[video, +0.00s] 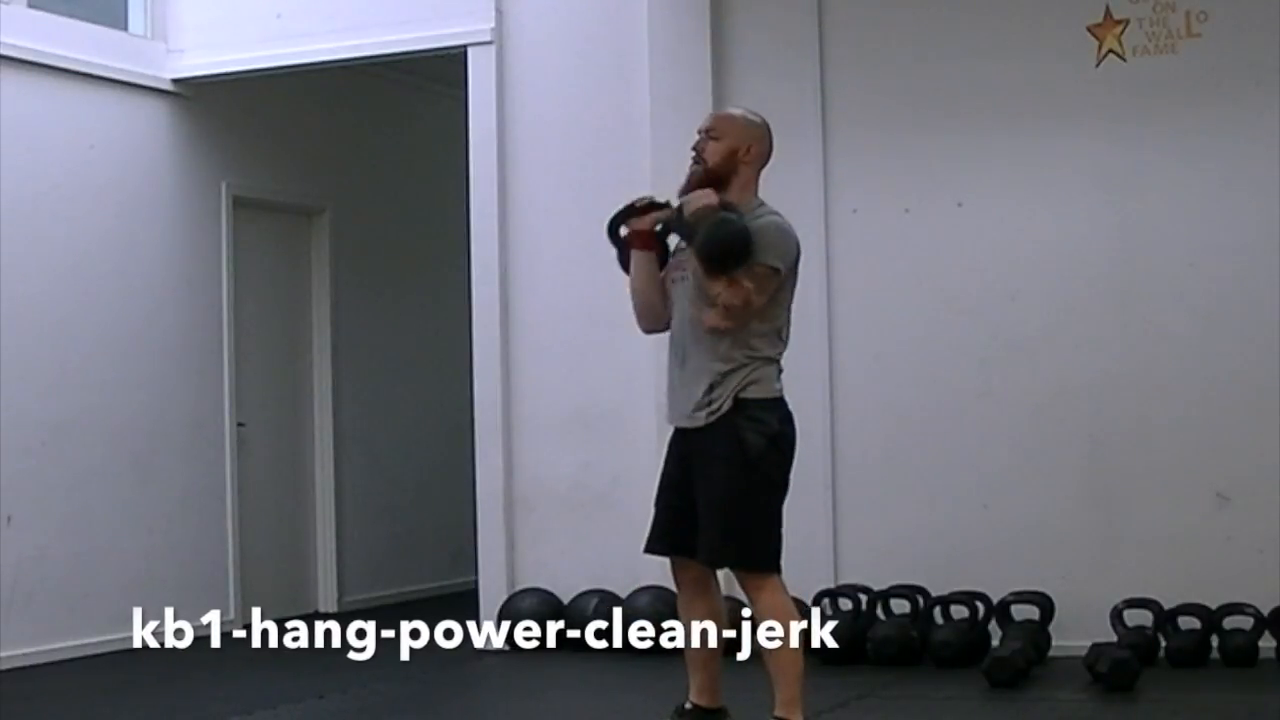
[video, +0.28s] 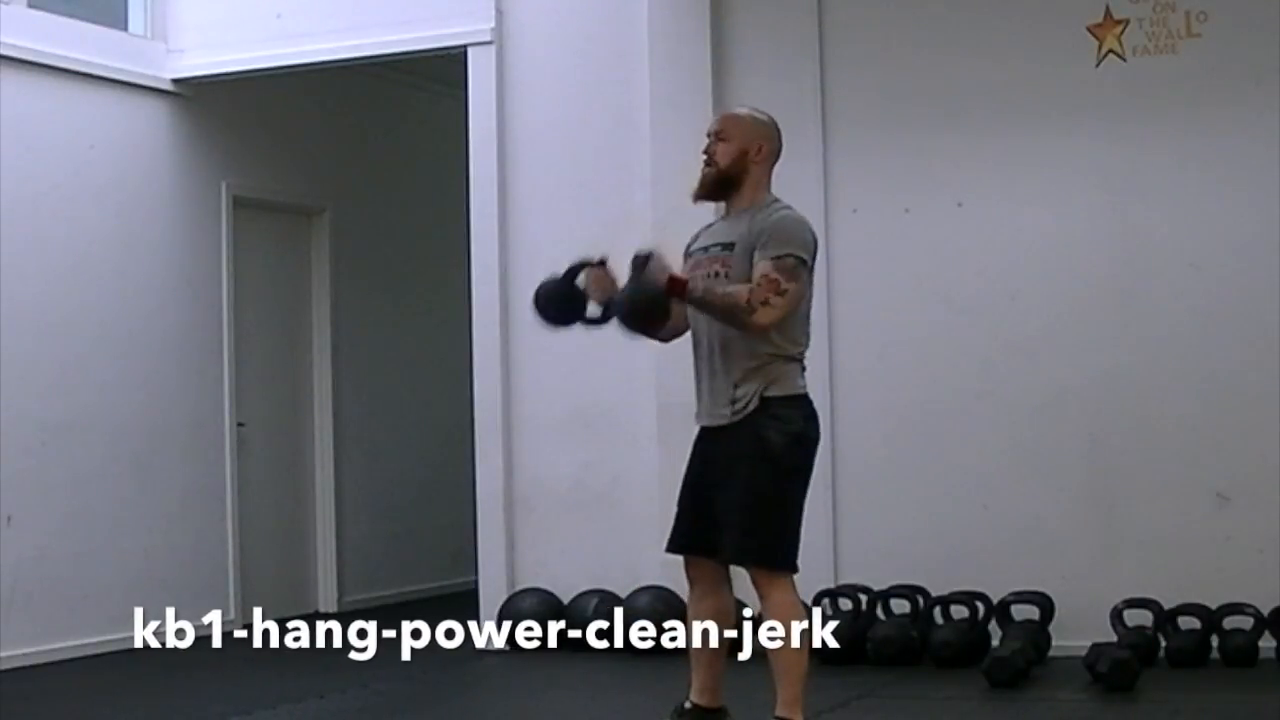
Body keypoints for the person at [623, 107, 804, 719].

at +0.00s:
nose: (696, 145)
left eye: (710, 137)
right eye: (698, 136)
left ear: (747, 155)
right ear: (723, 154)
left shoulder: (771, 231)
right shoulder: (696, 233)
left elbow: (726, 310)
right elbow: (652, 317)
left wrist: (702, 225)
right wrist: (642, 244)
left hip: (750, 420)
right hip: (694, 423)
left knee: (756, 571)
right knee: (688, 566)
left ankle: (790, 711)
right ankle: (704, 704)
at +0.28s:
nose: (705, 151)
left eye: (719, 141)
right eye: (707, 141)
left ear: (758, 154)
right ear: (743, 157)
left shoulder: (786, 227)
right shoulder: (706, 239)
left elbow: (762, 311)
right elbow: (667, 325)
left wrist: (678, 287)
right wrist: (613, 295)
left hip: (774, 417)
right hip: (720, 421)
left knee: (768, 564)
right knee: (700, 556)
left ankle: (791, 711)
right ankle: (705, 703)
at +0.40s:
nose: (710, 157)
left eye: (724, 147)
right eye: (712, 147)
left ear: (761, 160)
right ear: (744, 162)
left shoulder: (787, 234)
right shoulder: (706, 249)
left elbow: (762, 326)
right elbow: (675, 328)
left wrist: (679, 354)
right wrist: (609, 354)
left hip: (789, 425)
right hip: (732, 432)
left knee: (768, 567)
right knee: (696, 561)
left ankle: (791, 712)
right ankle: (704, 704)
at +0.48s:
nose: (704, 170)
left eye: (719, 160)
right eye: (706, 161)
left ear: (757, 173)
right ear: (726, 175)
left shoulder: (781, 251)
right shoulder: (703, 263)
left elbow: (748, 352)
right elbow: (662, 344)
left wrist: (677, 416)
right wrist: (603, 402)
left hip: (800, 435)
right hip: (740, 442)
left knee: (767, 569)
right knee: (688, 557)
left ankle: (790, 712)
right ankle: (703, 704)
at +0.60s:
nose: (672, 194)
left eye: (685, 184)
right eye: (674, 184)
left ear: (724, 196)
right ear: (707, 198)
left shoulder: (757, 285)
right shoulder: (680, 290)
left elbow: (721, 401)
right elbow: (664, 385)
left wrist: (688, 485)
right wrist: (642, 474)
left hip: (799, 449)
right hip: (734, 454)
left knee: (767, 571)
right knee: (667, 553)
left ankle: (791, 712)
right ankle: (700, 702)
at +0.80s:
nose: (574, 248)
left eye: (588, 235)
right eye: (577, 237)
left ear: (630, 241)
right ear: (618, 245)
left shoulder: (689, 319)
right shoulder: (617, 335)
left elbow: (725, 432)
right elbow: (668, 425)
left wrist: (742, 508)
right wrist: (717, 504)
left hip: (788, 441)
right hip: (729, 452)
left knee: (764, 572)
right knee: (669, 552)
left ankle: (792, 713)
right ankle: (699, 701)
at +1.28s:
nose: (652, 203)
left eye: (664, 192)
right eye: (653, 192)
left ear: (700, 201)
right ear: (689, 205)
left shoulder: (743, 283)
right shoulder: (672, 293)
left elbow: (733, 398)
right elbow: (674, 393)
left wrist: (711, 487)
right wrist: (676, 478)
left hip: (779, 452)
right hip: (717, 456)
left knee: (736, 575)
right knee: (660, 570)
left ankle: (789, 713)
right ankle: (701, 704)